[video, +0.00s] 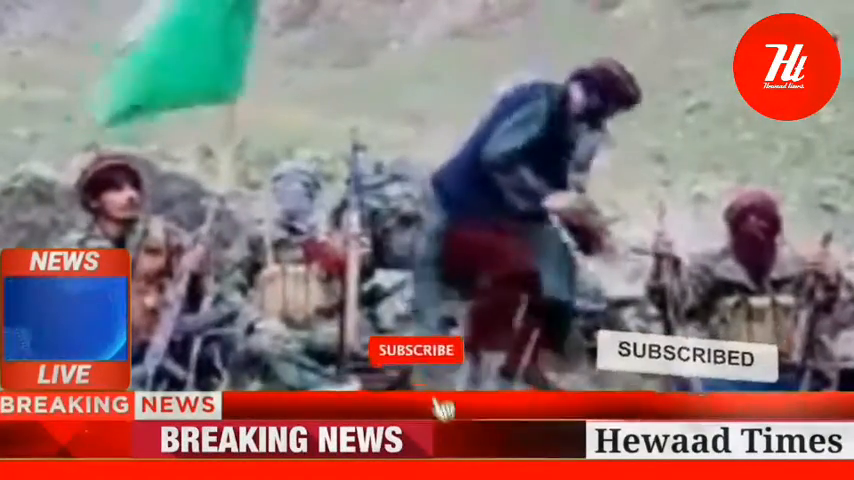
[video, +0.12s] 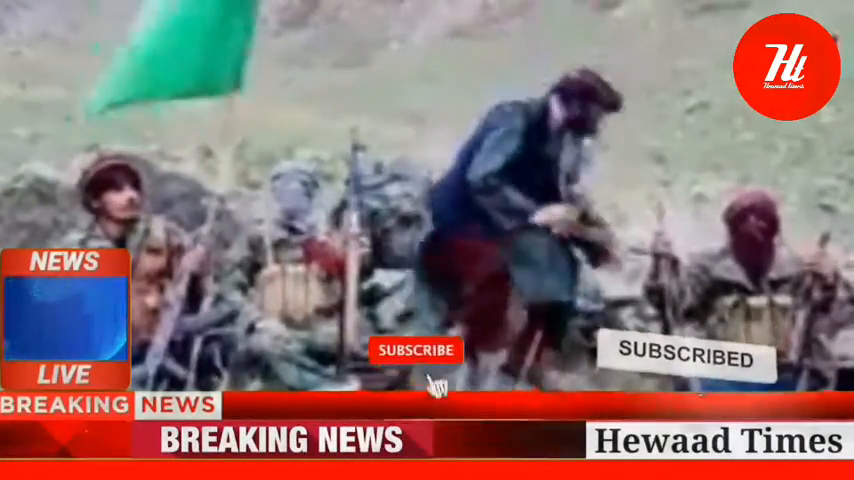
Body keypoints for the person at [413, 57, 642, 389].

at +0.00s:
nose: (604, 118)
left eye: (610, 112)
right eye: (606, 108)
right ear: (589, 92)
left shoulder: (569, 130)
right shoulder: (542, 103)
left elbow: (551, 186)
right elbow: (496, 156)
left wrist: (579, 223)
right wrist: (547, 199)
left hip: (507, 224)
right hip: (467, 220)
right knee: (513, 271)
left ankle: (521, 366)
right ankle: (474, 358)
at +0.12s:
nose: (595, 126)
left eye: (598, 118)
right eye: (593, 115)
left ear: (570, 105)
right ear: (572, 105)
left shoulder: (557, 140)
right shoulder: (516, 120)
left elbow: (553, 198)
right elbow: (482, 179)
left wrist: (590, 237)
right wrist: (534, 213)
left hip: (495, 232)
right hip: (457, 228)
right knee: (491, 277)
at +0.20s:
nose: (589, 141)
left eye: (591, 132)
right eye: (588, 130)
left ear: (568, 123)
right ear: (567, 120)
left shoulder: (555, 162)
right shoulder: (504, 136)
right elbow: (475, 196)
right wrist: (532, 227)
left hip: (504, 237)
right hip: (459, 231)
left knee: (561, 274)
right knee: (480, 264)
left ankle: (519, 366)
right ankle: (468, 364)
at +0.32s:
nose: (578, 169)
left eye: (581, 162)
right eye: (576, 159)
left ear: (556, 155)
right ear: (555, 152)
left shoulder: (559, 191)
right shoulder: (494, 168)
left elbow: (586, 245)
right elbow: (463, 224)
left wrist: (626, 287)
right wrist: (523, 253)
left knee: (564, 270)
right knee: (464, 260)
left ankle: (520, 366)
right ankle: (472, 364)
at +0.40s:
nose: (562, 199)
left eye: (564, 192)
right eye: (557, 190)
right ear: (536, 184)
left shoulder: (552, 213)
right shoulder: (486, 194)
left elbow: (585, 256)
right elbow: (454, 249)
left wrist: (629, 297)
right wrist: (510, 278)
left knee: (559, 271)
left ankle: (536, 358)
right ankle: (463, 364)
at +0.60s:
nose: (537, 222)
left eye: (541, 214)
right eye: (530, 214)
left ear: (543, 211)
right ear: (509, 208)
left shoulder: (540, 228)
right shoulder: (476, 218)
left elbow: (581, 261)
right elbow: (444, 263)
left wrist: (631, 297)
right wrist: (502, 297)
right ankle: (456, 367)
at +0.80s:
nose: (505, 215)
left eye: (510, 206)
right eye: (497, 206)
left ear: (516, 204)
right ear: (475, 203)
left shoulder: (523, 229)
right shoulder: (457, 219)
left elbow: (558, 264)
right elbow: (437, 243)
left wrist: (609, 295)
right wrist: (484, 259)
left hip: (512, 301)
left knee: (551, 288)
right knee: (434, 280)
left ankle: (526, 358)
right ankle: (454, 366)